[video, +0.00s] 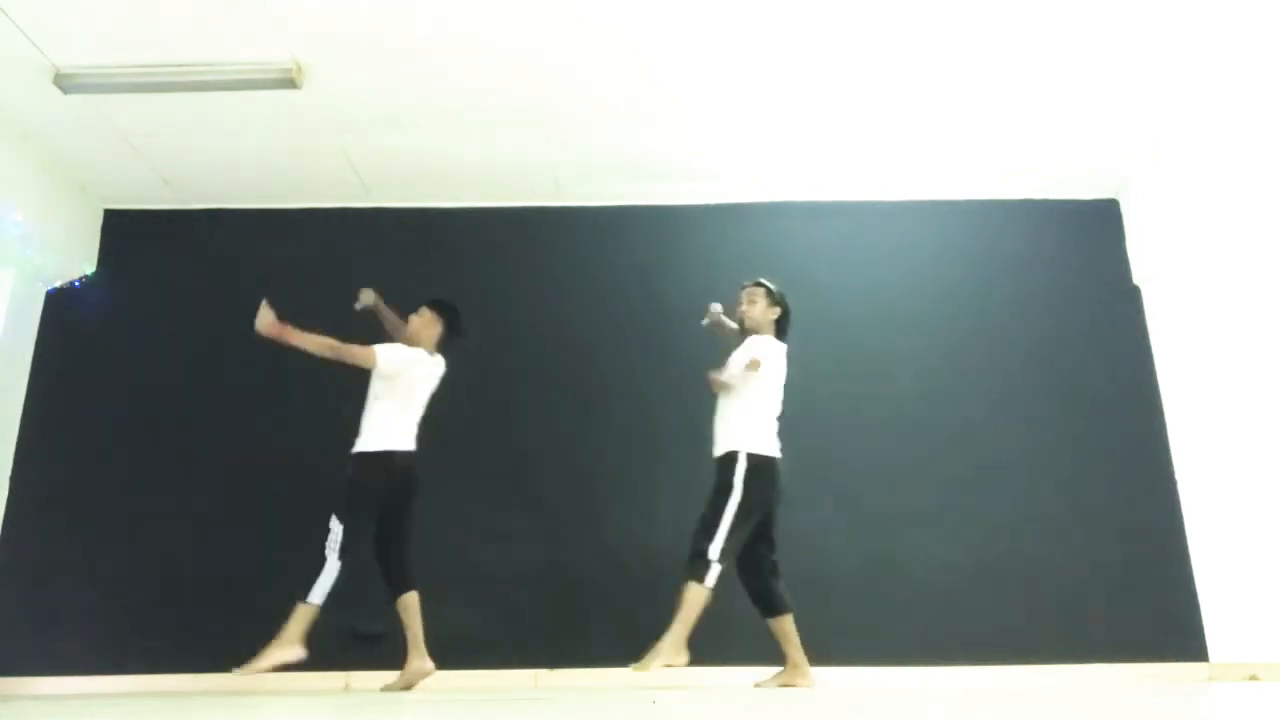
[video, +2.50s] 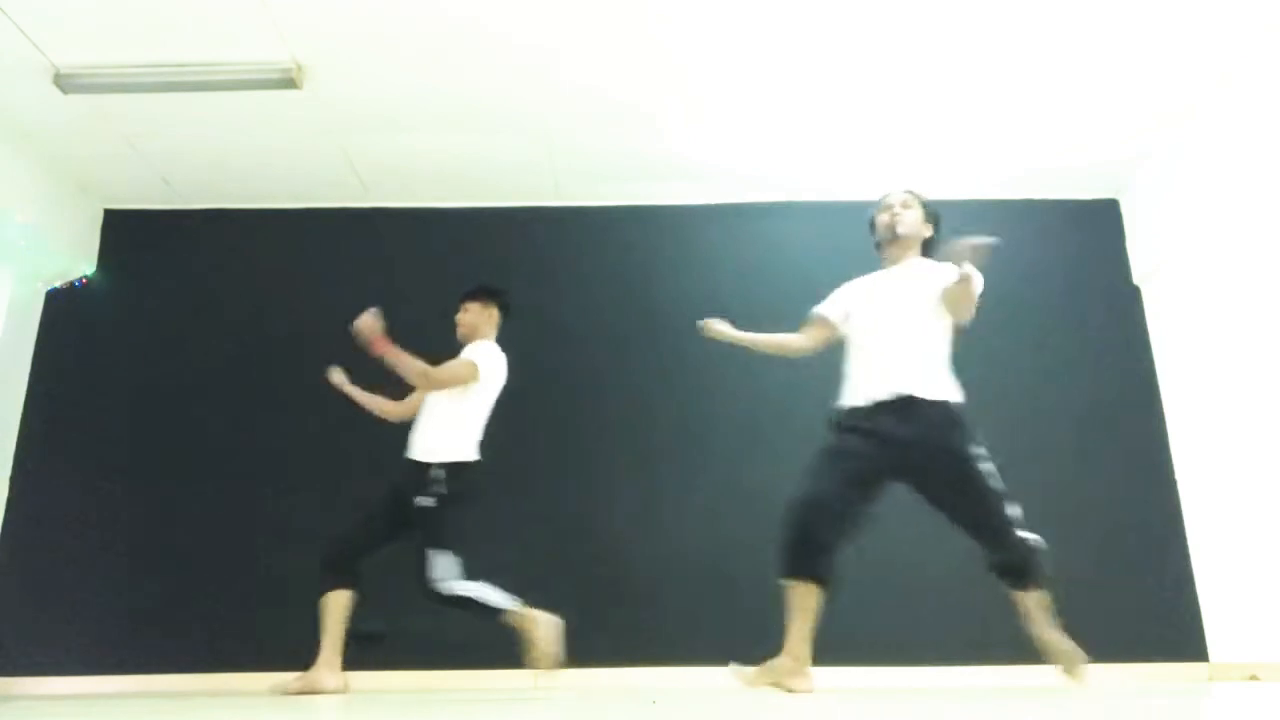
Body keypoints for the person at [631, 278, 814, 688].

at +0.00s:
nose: (742, 308)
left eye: (751, 301)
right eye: (741, 302)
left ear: (773, 312)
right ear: (743, 312)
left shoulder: (764, 346)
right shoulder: (756, 346)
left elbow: (744, 376)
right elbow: (739, 334)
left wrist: (721, 379)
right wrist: (719, 321)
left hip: (747, 461)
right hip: (751, 462)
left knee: (709, 551)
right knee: (757, 565)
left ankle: (673, 645)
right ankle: (797, 666)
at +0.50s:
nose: (649, 318)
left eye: (656, 308)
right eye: (640, 315)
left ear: (676, 313)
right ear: (635, 328)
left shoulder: (713, 344)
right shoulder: (644, 386)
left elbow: (764, 297)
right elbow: (646, 442)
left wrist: (725, 311)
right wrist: (591, 446)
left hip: (736, 473)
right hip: (684, 478)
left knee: (693, 564)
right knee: (630, 553)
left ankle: (657, 665)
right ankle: (605, 650)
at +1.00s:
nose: (803, 257)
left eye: (808, 251)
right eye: (794, 246)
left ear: (810, 261)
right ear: (767, 252)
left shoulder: (807, 328)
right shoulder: (729, 299)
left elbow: (841, 392)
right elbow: (661, 294)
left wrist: (894, 417)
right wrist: (632, 314)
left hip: (771, 447)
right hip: (720, 438)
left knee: (781, 555)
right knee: (739, 546)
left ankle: (699, 634)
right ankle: (744, 666)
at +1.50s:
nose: (927, 238)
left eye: (924, 232)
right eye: (914, 233)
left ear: (924, 249)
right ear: (888, 253)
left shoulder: (956, 305)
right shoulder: (877, 303)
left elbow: (1018, 332)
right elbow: (840, 309)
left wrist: (1081, 311)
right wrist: (810, 260)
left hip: (990, 445)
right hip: (930, 449)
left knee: (1066, 535)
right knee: (892, 565)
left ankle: (1060, 664)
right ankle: (822, 669)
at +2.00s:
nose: (925, 215)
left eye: (927, 205)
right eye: (910, 215)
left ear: (944, 211)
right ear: (899, 242)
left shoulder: (988, 230)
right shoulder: (912, 298)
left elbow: (1045, 186)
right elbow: (910, 353)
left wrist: (1027, 239)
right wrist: (935, 388)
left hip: (1053, 389)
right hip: (993, 412)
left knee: (1078, 521)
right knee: (1032, 530)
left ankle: (1101, 645)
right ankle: (1074, 646)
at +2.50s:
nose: (893, 212)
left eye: (905, 207)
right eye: (885, 208)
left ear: (927, 227)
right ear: (874, 228)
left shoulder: (943, 273)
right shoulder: (856, 291)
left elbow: (961, 309)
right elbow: (803, 342)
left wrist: (965, 272)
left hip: (933, 421)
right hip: (861, 425)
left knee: (1003, 531)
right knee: (810, 522)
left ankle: (1046, 633)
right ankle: (794, 660)